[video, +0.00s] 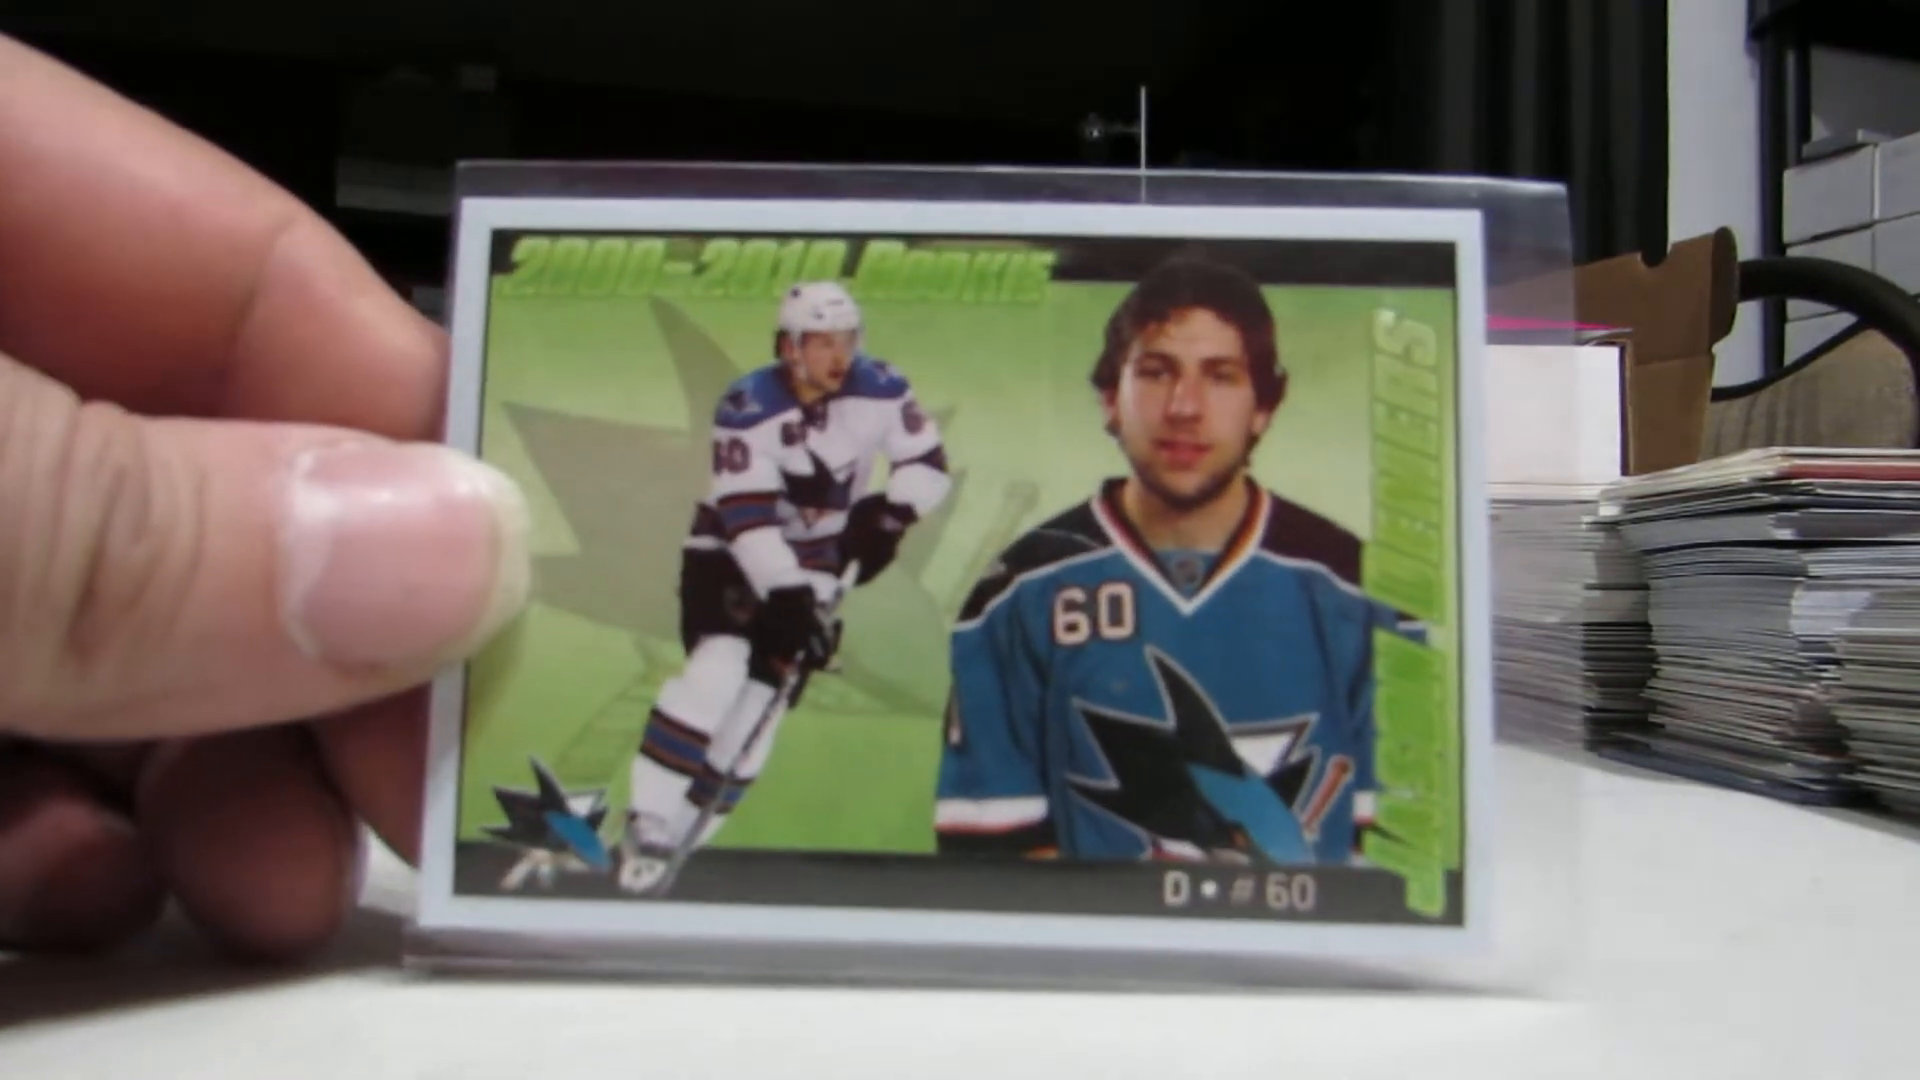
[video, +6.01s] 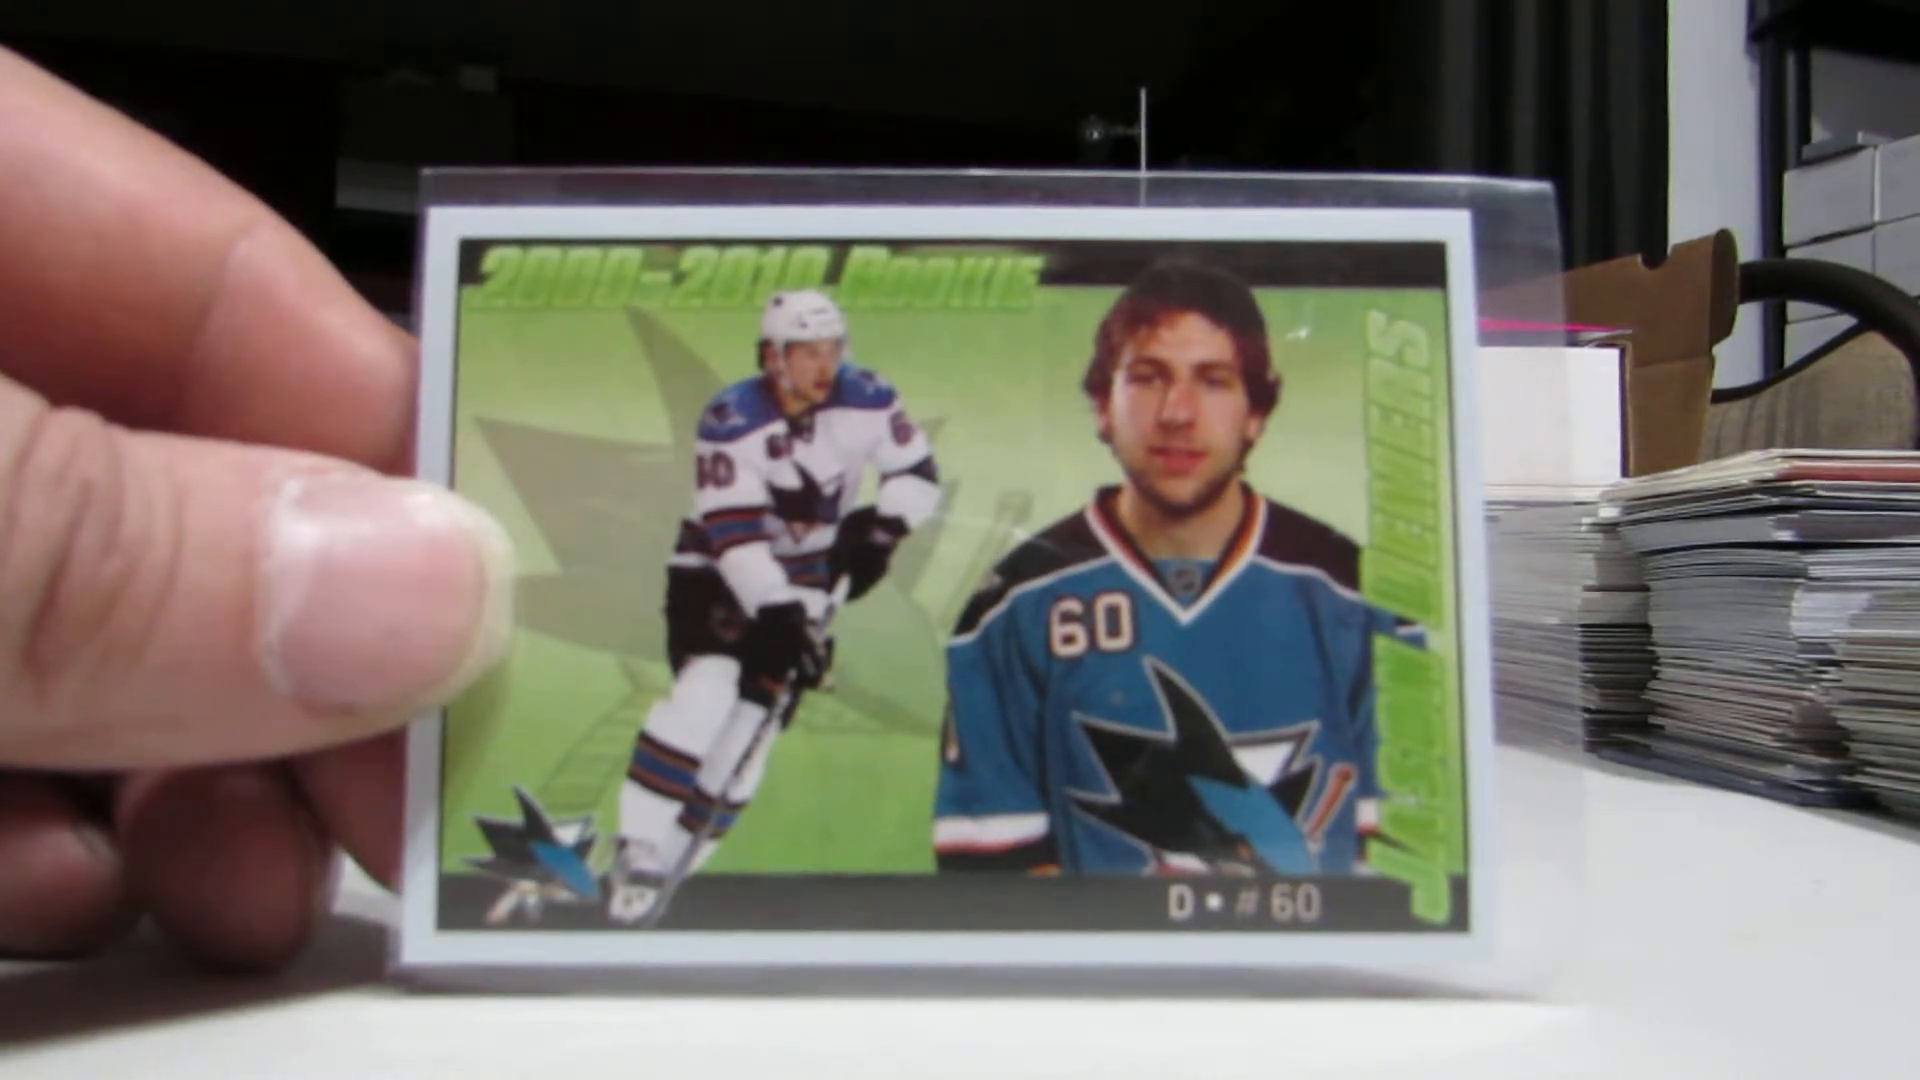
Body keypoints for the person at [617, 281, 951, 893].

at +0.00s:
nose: (841, 357)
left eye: (848, 344)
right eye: (826, 344)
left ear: (858, 343)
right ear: (791, 348)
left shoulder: (881, 392)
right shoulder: (749, 407)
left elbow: (927, 465)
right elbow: (746, 512)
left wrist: (888, 519)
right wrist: (786, 594)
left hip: (817, 563)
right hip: (734, 550)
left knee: (763, 700)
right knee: (720, 665)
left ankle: (686, 836)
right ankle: (651, 826)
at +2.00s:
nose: (823, 363)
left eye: (831, 349)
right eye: (807, 350)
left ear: (842, 350)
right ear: (772, 356)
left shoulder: (868, 399)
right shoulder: (732, 416)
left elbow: (916, 474)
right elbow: (731, 523)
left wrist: (876, 527)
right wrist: (774, 604)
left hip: (806, 574)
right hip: (721, 564)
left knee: (753, 718)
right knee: (707, 682)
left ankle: (679, 854)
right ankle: (640, 844)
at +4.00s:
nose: (825, 367)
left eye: (833, 353)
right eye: (809, 354)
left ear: (843, 352)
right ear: (774, 358)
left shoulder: (867, 401)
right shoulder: (733, 418)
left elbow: (917, 474)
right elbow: (733, 527)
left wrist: (880, 530)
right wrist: (775, 609)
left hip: (807, 578)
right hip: (721, 567)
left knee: (754, 722)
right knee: (708, 687)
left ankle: (678, 861)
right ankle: (642, 851)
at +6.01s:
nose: (825, 366)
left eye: (833, 352)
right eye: (810, 353)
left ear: (843, 352)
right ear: (773, 359)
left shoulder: (868, 401)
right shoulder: (732, 420)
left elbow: (917, 474)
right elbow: (733, 528)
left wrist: (880, 531)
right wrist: (776, 610)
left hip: (807, 578)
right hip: (721, 568)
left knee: (754, 724)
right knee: (709, 685)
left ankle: (677, 863)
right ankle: (641, 850)